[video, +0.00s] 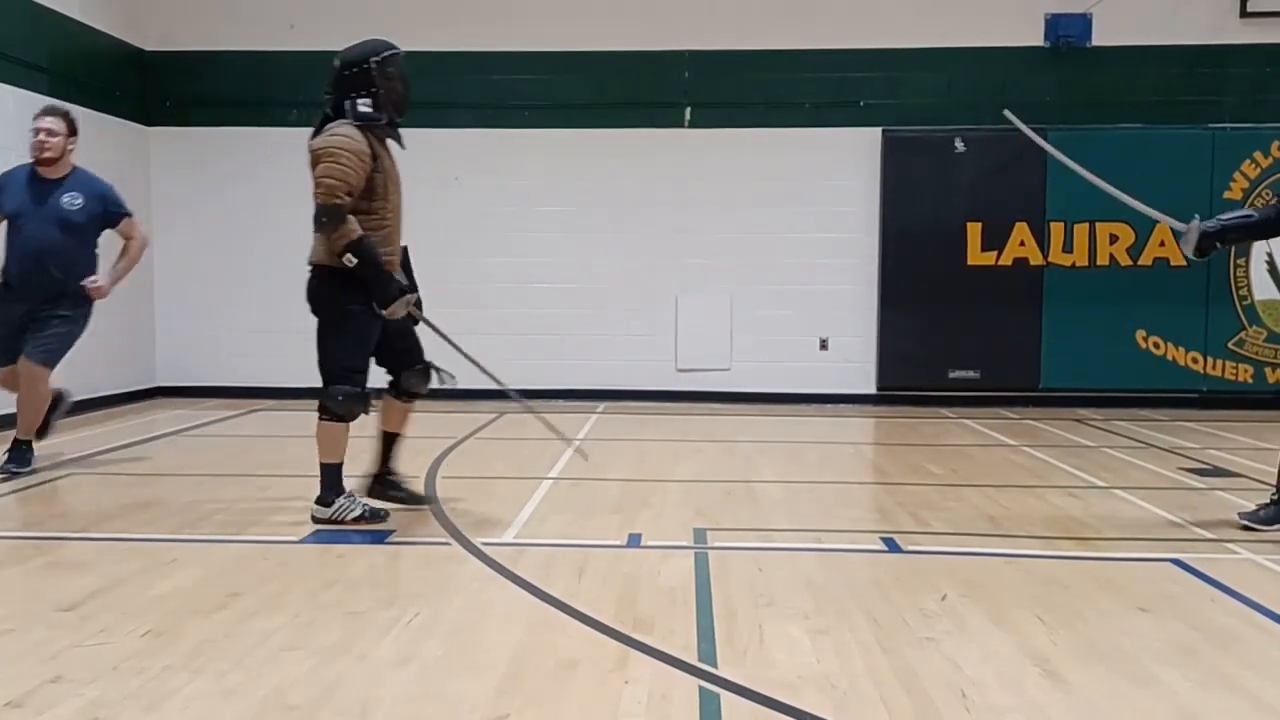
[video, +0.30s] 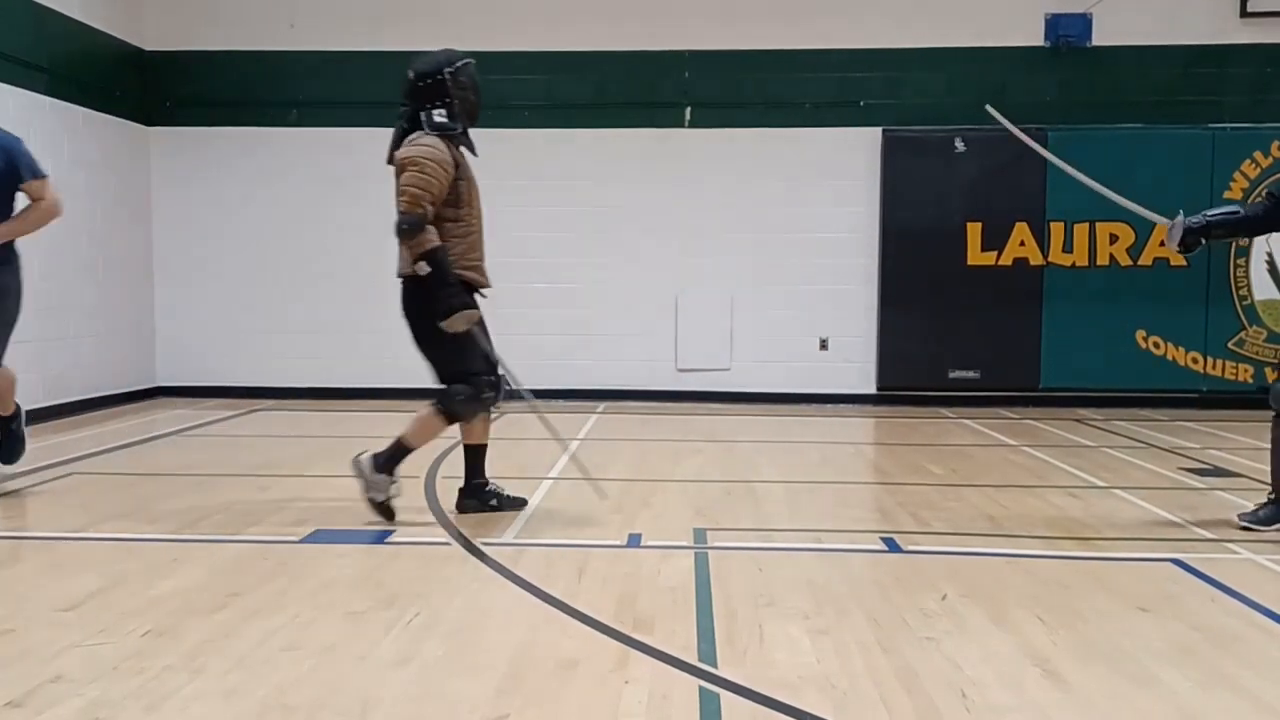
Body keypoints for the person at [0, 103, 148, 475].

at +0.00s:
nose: (41, 140)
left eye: (51, 134)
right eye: (36, 133)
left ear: (70, 142)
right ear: (30, 138)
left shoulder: (93, 191)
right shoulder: (12, 182)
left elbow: (137, 238)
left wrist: (110, 280)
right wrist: (0, 275)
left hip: (68, 299)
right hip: (15, 294)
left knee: (31, 366)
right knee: (3, 370)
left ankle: (22, 445)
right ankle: (47, 400)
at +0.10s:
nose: (8, 131)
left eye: (18, 125)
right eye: (4, 124)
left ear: (39, 133)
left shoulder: (64, 185)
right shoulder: (1, 174)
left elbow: (111, 235)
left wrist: (68, 265)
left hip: (41, 301)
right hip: (2, 298)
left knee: (20, 376)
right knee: (15, 376)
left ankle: (21, 444)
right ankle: (20, 439)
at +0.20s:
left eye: (0, 107)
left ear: (6, 108)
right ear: (3, 109)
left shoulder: (31, 160)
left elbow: (82, 213)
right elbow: (80, 212)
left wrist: (28, 239)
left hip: (20, 281)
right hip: (2, 279)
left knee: (11, 363)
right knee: (8, 365)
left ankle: (20, 437)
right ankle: (18, 433)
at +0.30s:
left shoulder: (8, 146)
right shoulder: (10, 146)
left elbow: (49, 203)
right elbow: (48, 203)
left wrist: (5, 231)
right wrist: (8, 232)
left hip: (3, 271)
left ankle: (8, 413)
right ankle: (8, 412)